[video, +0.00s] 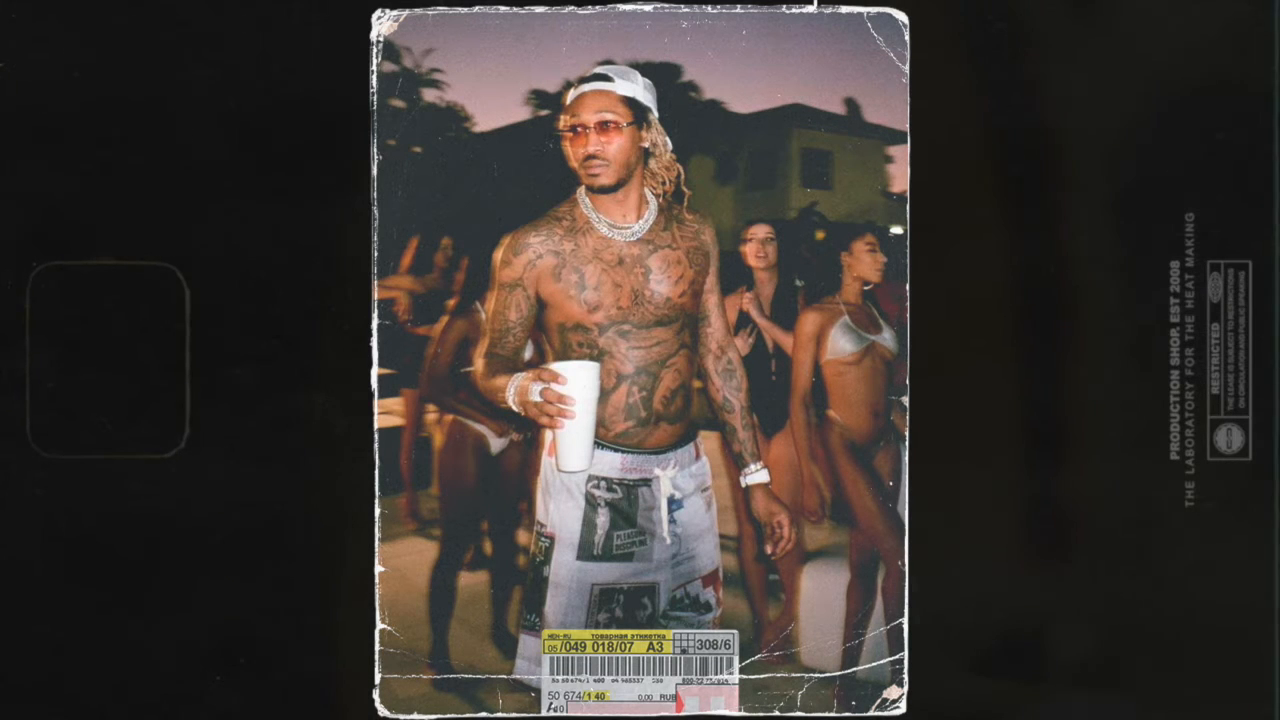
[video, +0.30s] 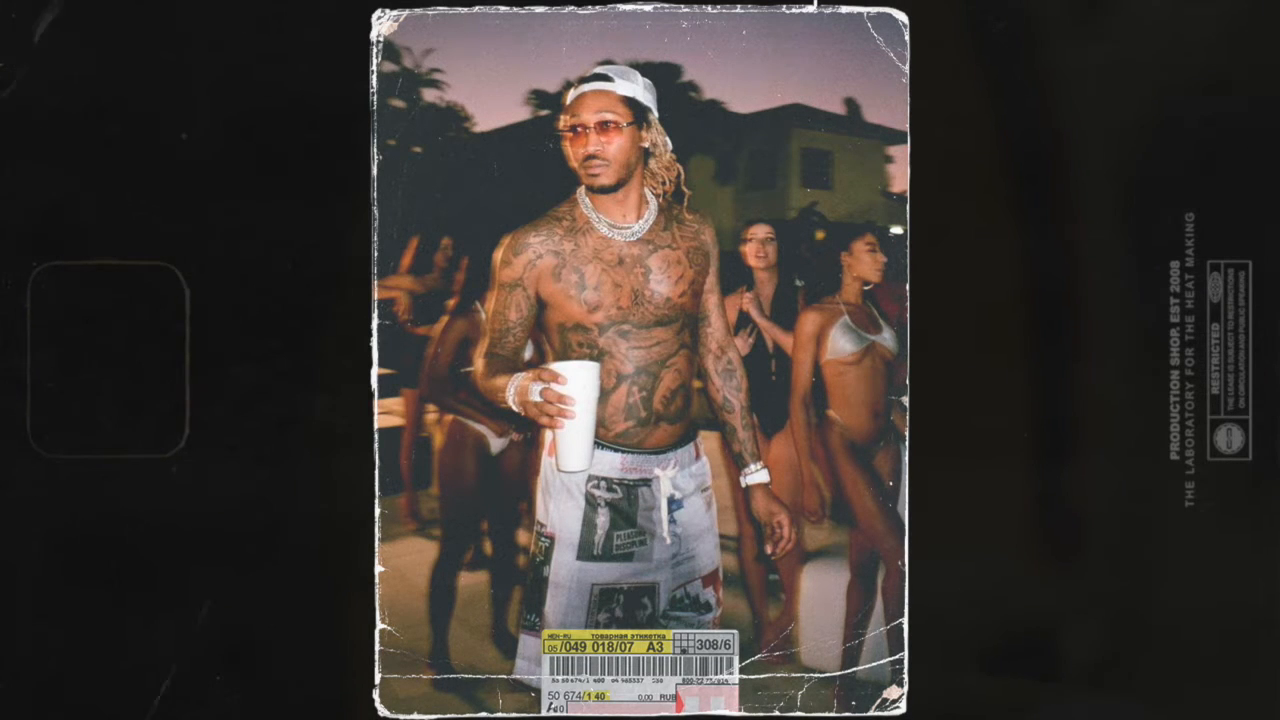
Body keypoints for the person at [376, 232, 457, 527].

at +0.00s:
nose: (446, 254)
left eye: (451, 249)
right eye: (442, 247)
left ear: (456, 253)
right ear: (431, 250)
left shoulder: (457, 279)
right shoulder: (415, 282)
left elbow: (461, 311)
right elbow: (394, 284)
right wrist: (404, 294)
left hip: (445, 351)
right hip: (416, 348)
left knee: (449, 427)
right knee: (412, 428)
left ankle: (452, 499)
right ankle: (410, 501)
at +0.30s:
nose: (446, 254)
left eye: (451, 249)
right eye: (443, 248)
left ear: (456, 253)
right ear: (431, 250)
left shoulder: (457, 275)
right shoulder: (415, 281)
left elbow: (462, 305)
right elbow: (397, 285)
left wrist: (437, 327)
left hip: (446, 347)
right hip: (417, 345)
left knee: (451, 425)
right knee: (413, 427)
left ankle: (454, 500)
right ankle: (410, 503)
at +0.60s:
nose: (446, 254)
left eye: (451, 249)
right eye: (442, 248)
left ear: (456, 254)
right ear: (431, 249)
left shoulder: (458, 275)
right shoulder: (416, 281)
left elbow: (462, 303)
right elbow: (396, 284)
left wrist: (438, 327)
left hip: (447, 346)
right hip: (417, 344)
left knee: (452, 425)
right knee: (413, 427)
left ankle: (454, 500)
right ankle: (410, 503)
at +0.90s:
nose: (446, 253)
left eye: (451, 248)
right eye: (442, 247)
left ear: (456, 253)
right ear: (432, 249)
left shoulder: (459, 273)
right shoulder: (419, 244)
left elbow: (462, 304)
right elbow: (398, 283)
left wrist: (433, 328)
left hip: (447, 346)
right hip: (417, 343)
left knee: (451, 426)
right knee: (413, 427)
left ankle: (455, 501)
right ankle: (410, 503)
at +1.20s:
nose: (446, 254)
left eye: (451, 249)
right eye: (442, 247)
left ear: (456, 253)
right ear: (432, 249)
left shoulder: (459, 271)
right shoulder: (419, 244)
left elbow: (462, 300)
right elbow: (398, 283)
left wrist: (437, 327)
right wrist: (404, 301)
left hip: (447, 345)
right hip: (417, 343)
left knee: (452, 425)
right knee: (413, 427)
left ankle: (455, 501)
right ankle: (410, 504)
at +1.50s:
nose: (445, 254)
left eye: (450, 249)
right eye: (442, 247)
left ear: (456, 253)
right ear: (432, 249)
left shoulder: (459, 273)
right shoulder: (419, 244)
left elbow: (461, 303)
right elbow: (398, 283)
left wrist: (436, 327)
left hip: (446, 346)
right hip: (417, 344)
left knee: (450, 426)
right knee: (413, 427)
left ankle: (454, 500)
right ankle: (410, 504)